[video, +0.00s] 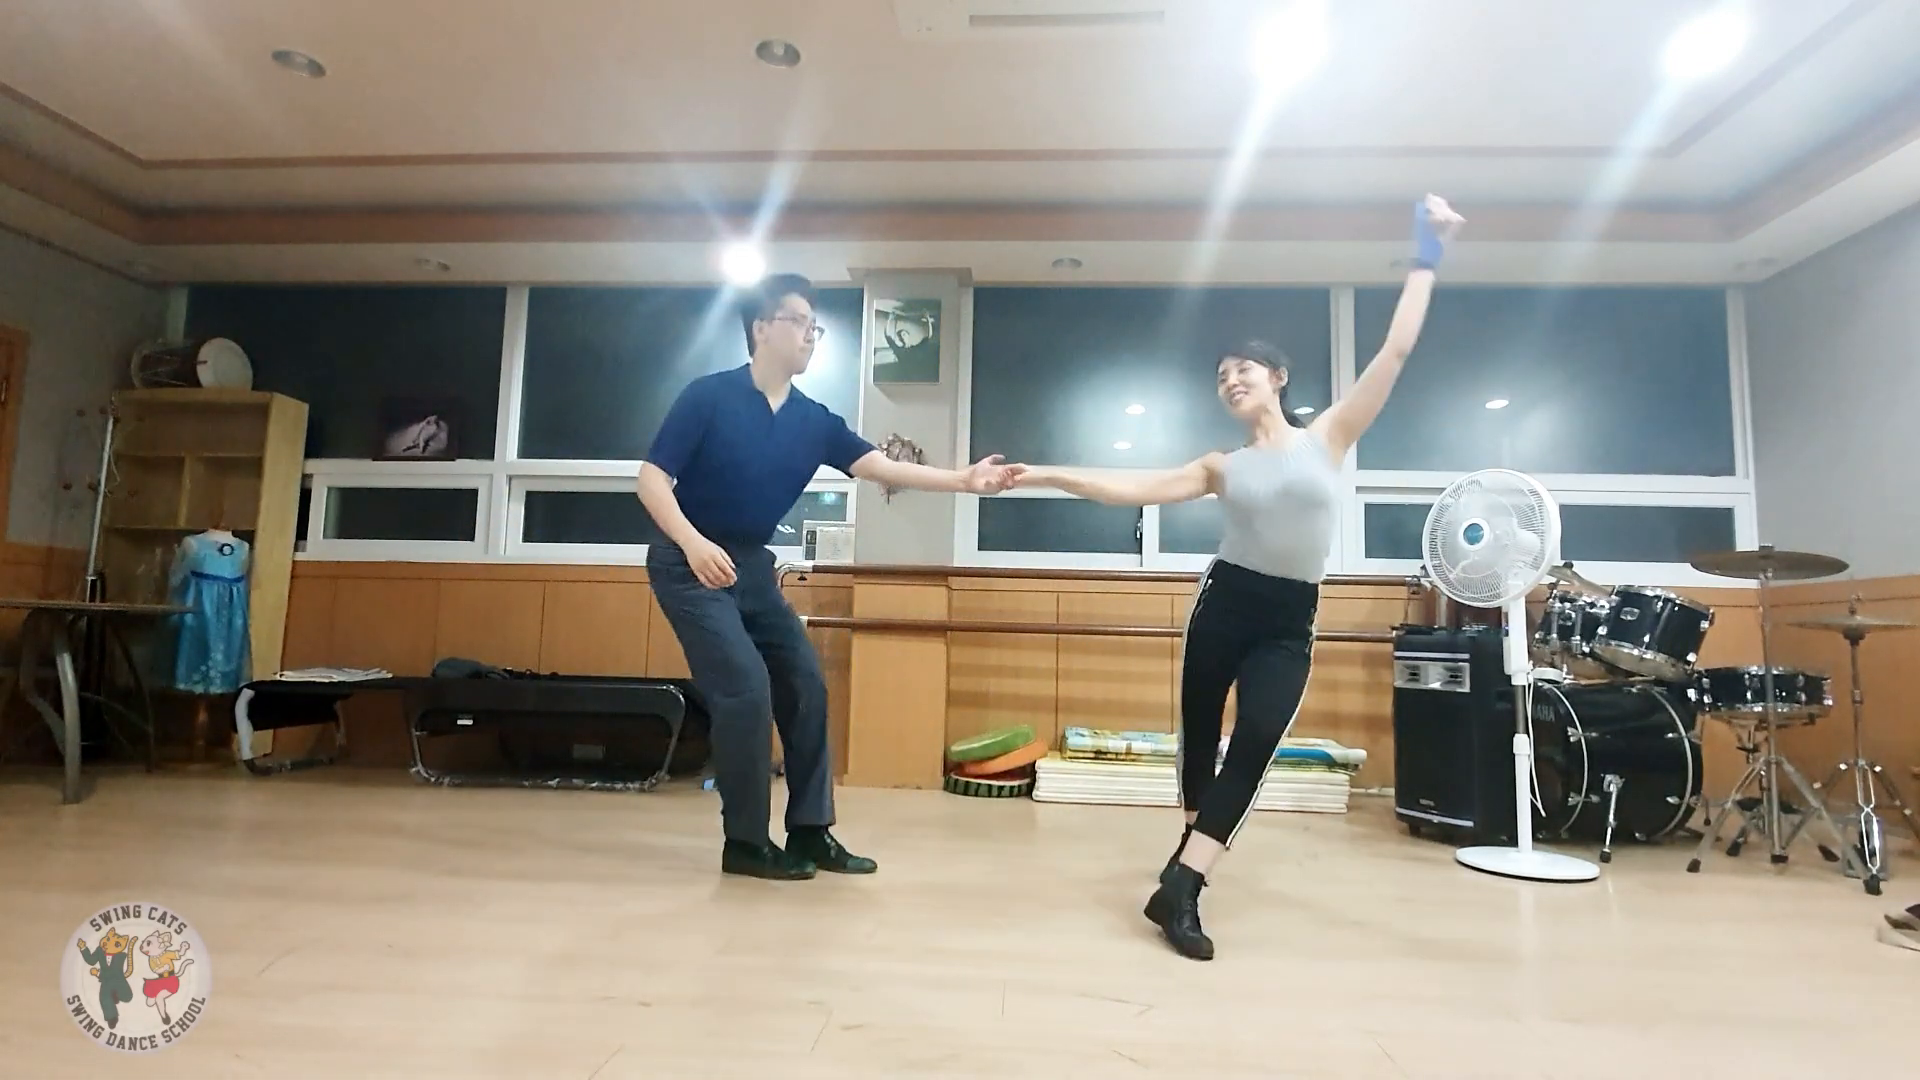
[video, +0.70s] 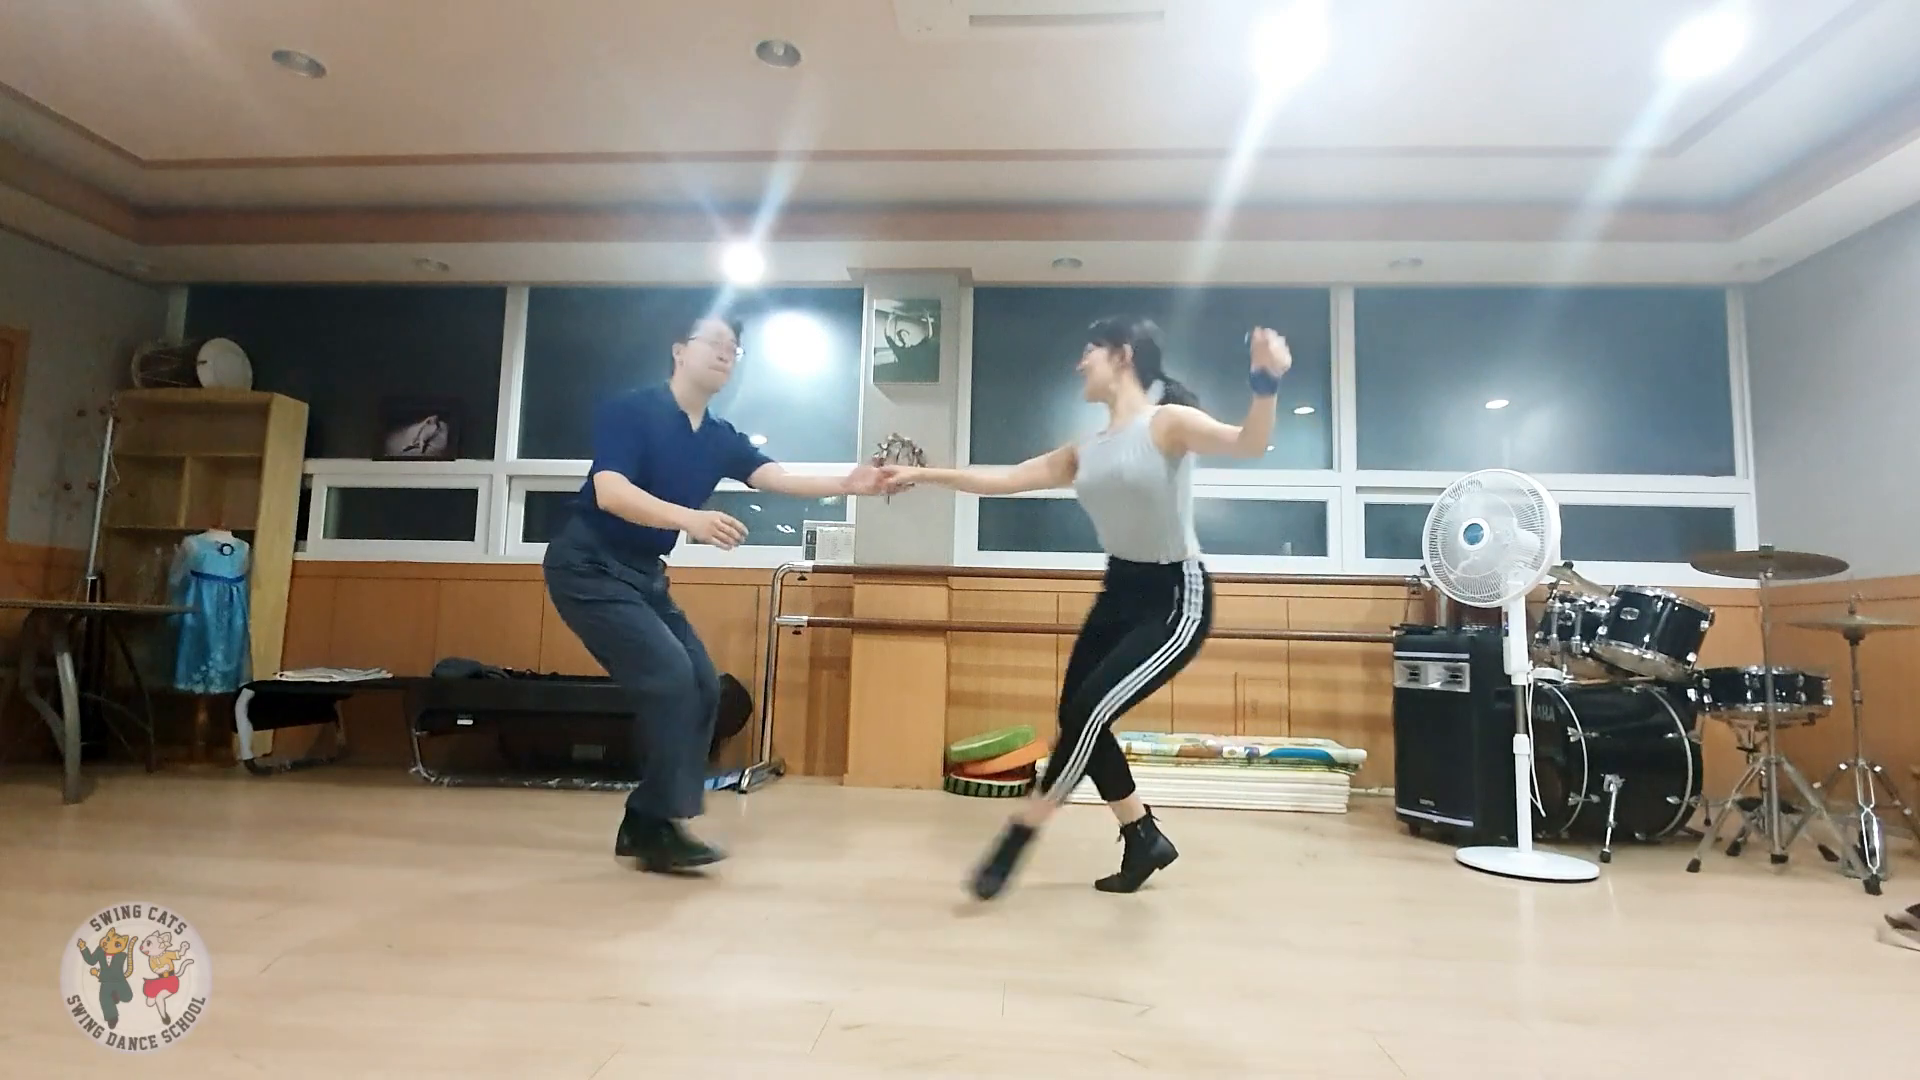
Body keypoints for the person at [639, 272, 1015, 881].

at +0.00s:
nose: (812, 335)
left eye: (813, 325)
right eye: (798, 323)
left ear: (803, 336)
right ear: (759, 330)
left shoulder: (813, 420)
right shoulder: (707, 397)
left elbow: (883, 467)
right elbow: (650, 480)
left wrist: (966, 479)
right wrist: (690, 542)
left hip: (750, 564)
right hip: (686, 561)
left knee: (803, 678)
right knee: (746, 685)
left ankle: (808, 832)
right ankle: (745, 844)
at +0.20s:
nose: (799, 353)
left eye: (802, 344)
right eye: (786, 341)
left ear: (800, 355)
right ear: (747, 347)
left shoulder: (796, 436)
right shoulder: (693, 410)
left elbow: (872, 479)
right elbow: (635, 489)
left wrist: (954, 483)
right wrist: (684, 544)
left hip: (722, 578)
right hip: (659, 568)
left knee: (782, 671)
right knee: (724, 684)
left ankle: (763, 829)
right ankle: (745, 841)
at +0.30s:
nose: (788, 362)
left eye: (791, 353)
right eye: (775, 350)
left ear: (789, 362)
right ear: (736, 357)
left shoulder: (784, 444)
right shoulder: (682, 419)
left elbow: (856, 485)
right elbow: (628, 499)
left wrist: (942, 492)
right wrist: (684, 547)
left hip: (708, 587)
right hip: (648, 576)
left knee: (769, 679)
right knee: (719, 685)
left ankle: (699, 804)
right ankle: (744, 840)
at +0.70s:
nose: (728, 357)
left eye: (733, 352)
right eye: (716, 345)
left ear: (733, 367)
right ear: (679, 350)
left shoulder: (721, 439)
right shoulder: (630, 411)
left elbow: (779, 477)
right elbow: (609, 490)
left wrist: (853, 480)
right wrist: (689, 519)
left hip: (642, 576)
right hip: (586, 567)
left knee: (703, 683)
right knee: (669, 675)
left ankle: (648, 820)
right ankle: (655, 825)